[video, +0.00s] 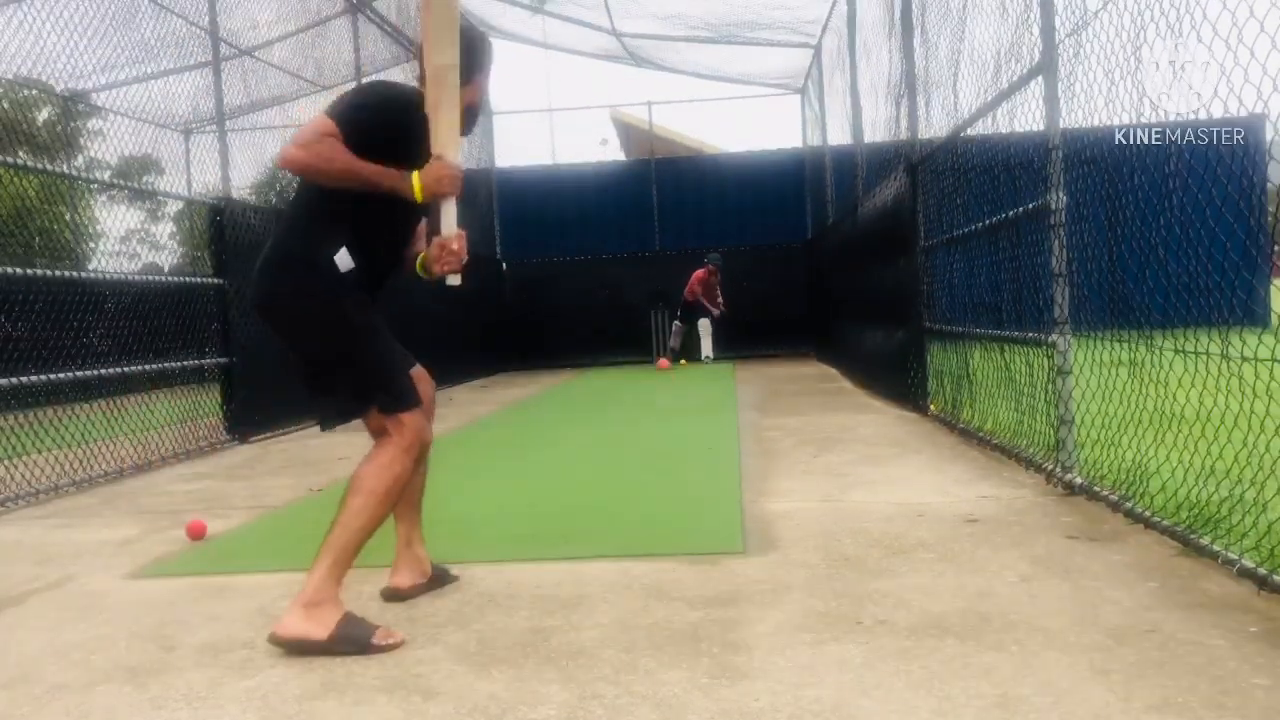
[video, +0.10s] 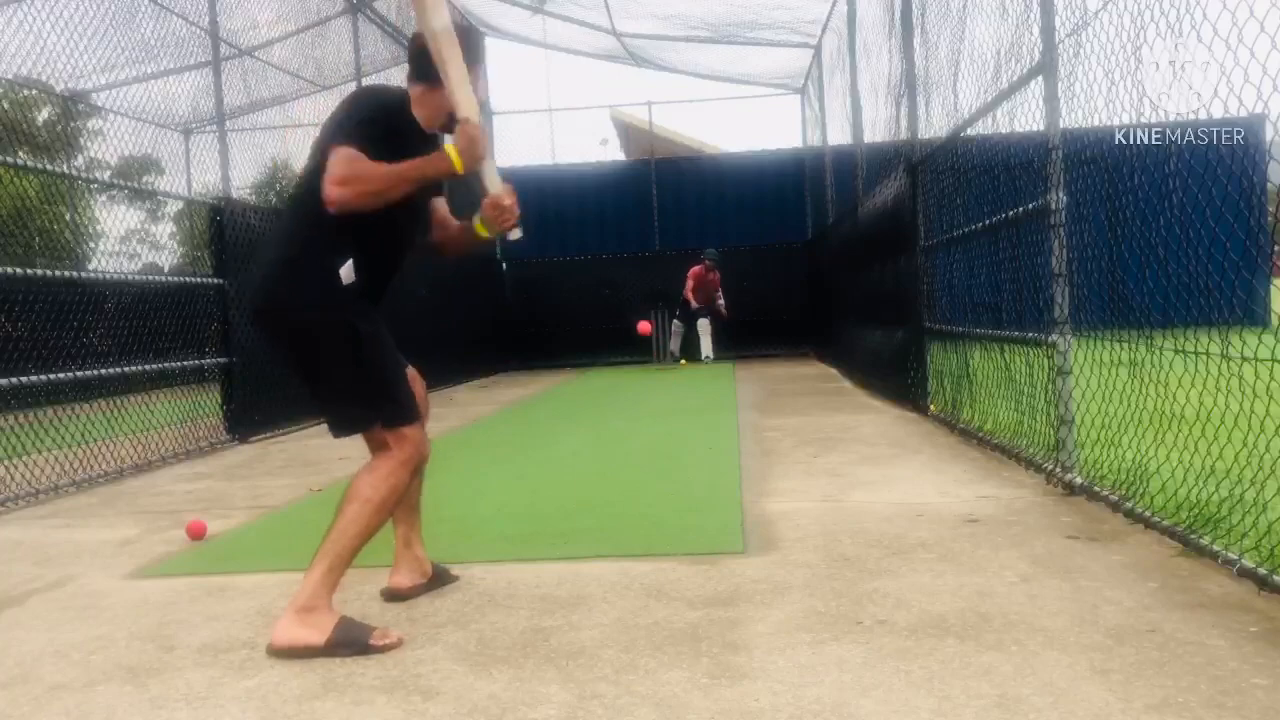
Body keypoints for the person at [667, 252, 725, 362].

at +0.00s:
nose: (714, 268)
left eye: (716, 265)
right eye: (712, 265)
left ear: (718, 266)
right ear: (707, 264)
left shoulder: (716, 275)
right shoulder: (699, 275)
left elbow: (716, 288)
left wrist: (719, 298)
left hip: (702, 302)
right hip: (689, 302)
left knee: (705, 326)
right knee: (680, 326)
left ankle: (707, 356)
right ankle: (673, 350)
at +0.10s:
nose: (711, 263)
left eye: (713, 261)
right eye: (709, 260)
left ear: (716, 262)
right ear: (704, 260)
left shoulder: (715, 275)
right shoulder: (695, 271)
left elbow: (718, 292)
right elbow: (687, 290)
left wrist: (721, 305)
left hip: (703, 304)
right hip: (689, 302)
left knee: (704, 325)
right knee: (678, 324)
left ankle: (707, 356)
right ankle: (674, 352)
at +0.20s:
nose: (707, 260)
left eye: (709, 257)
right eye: (704, 257)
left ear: (712, 259)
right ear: (700, 258)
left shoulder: (713, 274)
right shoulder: (690, 269)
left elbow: (716, 292)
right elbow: (681, 280)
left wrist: (719, 303)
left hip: (700, 303)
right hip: (685, 301)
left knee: (704, 326)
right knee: (678, 326)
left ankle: (707, 356)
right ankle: (674, 354)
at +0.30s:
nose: (701, 257)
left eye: (703, 255)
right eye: (698, 255)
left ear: (706, 256)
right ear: (694, 256)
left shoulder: (709, 271)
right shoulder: (686, 267)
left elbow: (713, 289)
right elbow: (675, 278)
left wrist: (714, 300)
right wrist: (666, 284)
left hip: (700, 303)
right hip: (684, 302)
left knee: (703, 327)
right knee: (677, 327)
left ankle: (707, 355)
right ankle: (674, 355)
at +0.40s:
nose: (694, 257)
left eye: (697, 254)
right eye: (692, 254)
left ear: (700, 256)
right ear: (688, 255)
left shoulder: (704, 270)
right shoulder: (680, 268)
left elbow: (708, 288)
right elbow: (670, 280)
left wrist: (709, 297)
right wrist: (663, 284)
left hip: (697, 304)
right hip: (681, 303)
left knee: (701, 328)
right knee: (676, 330)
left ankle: (707, 356)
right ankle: (674, 357)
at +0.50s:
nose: (689, 256)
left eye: (691, 253)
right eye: (686, 253)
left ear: (695, 254)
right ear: (682, 255)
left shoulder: (699, 268)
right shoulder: (675, 268)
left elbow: (703, 286)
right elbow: (667, 282)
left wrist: (704, 297)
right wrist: (662, 289)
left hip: (693, 303)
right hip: (678, 303)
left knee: (699, 326)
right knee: (675, 329)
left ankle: (706, 355)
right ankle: (674, 357)